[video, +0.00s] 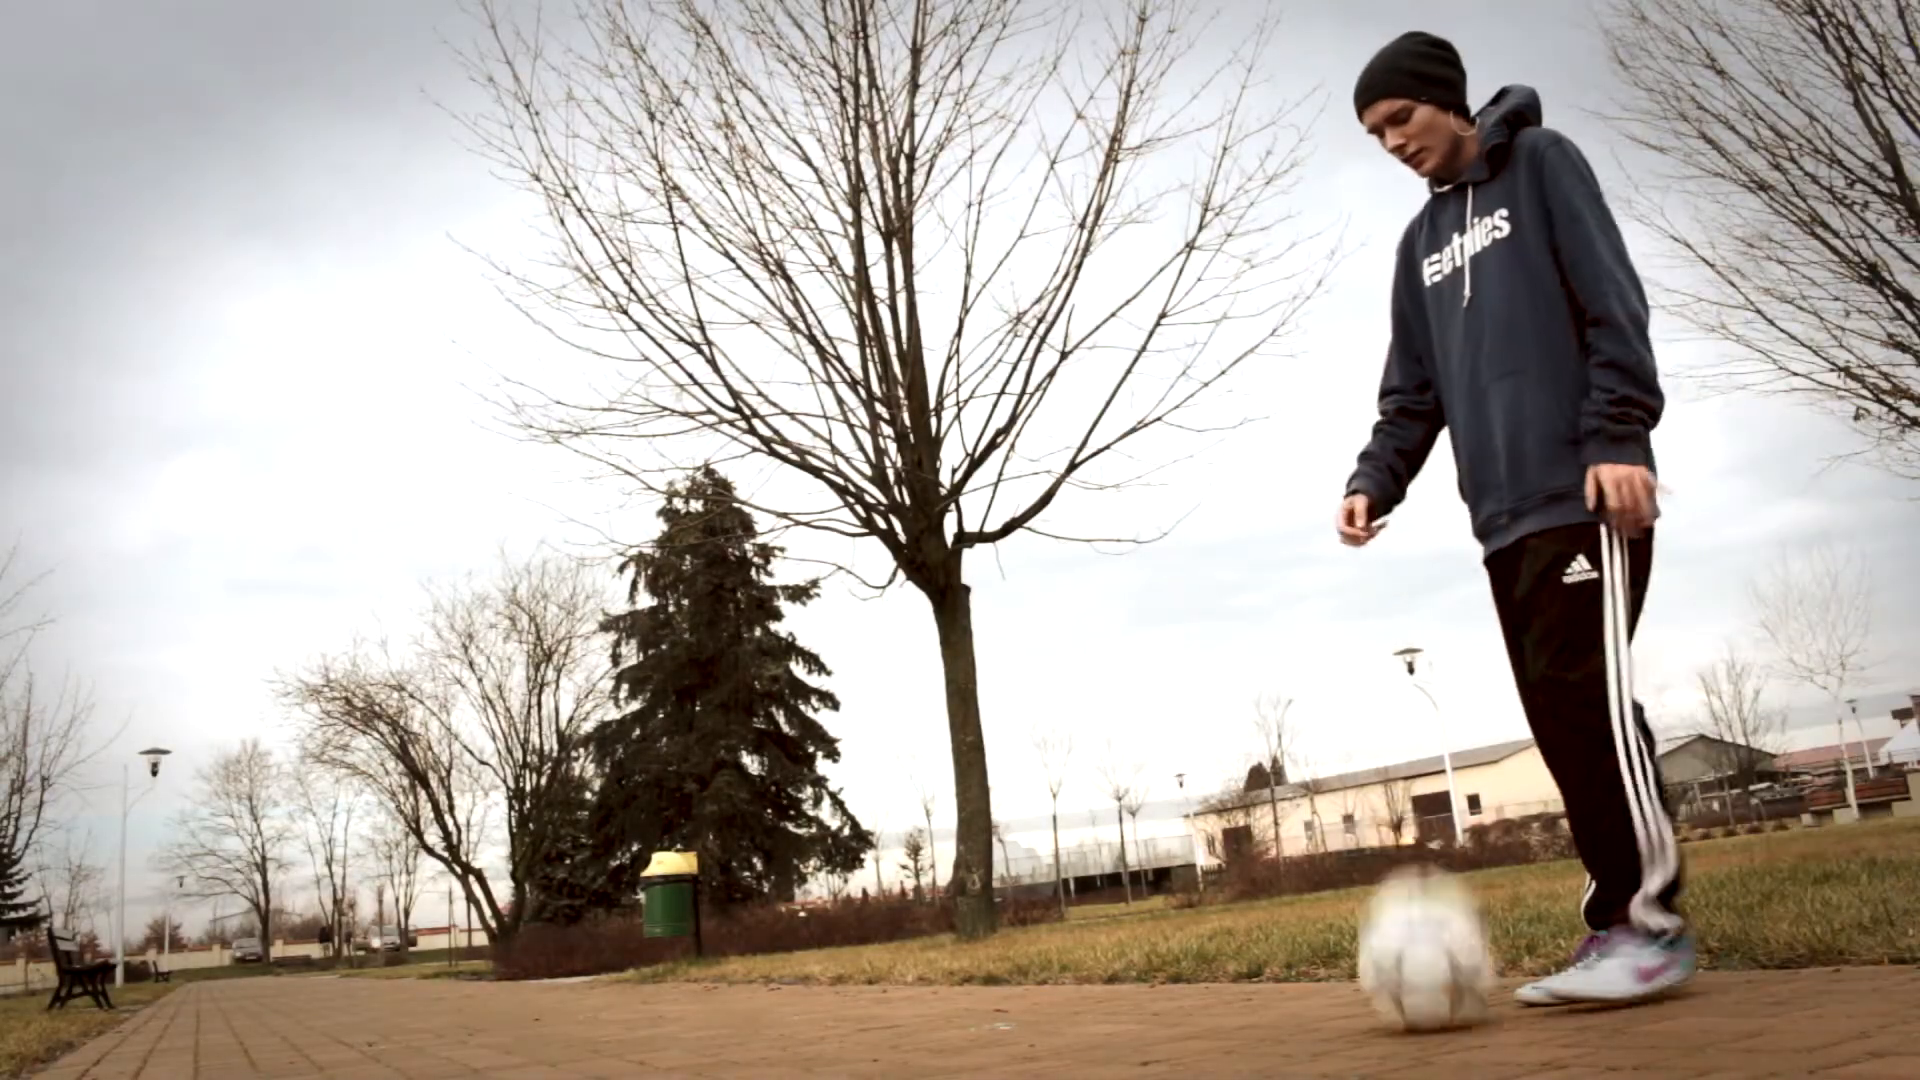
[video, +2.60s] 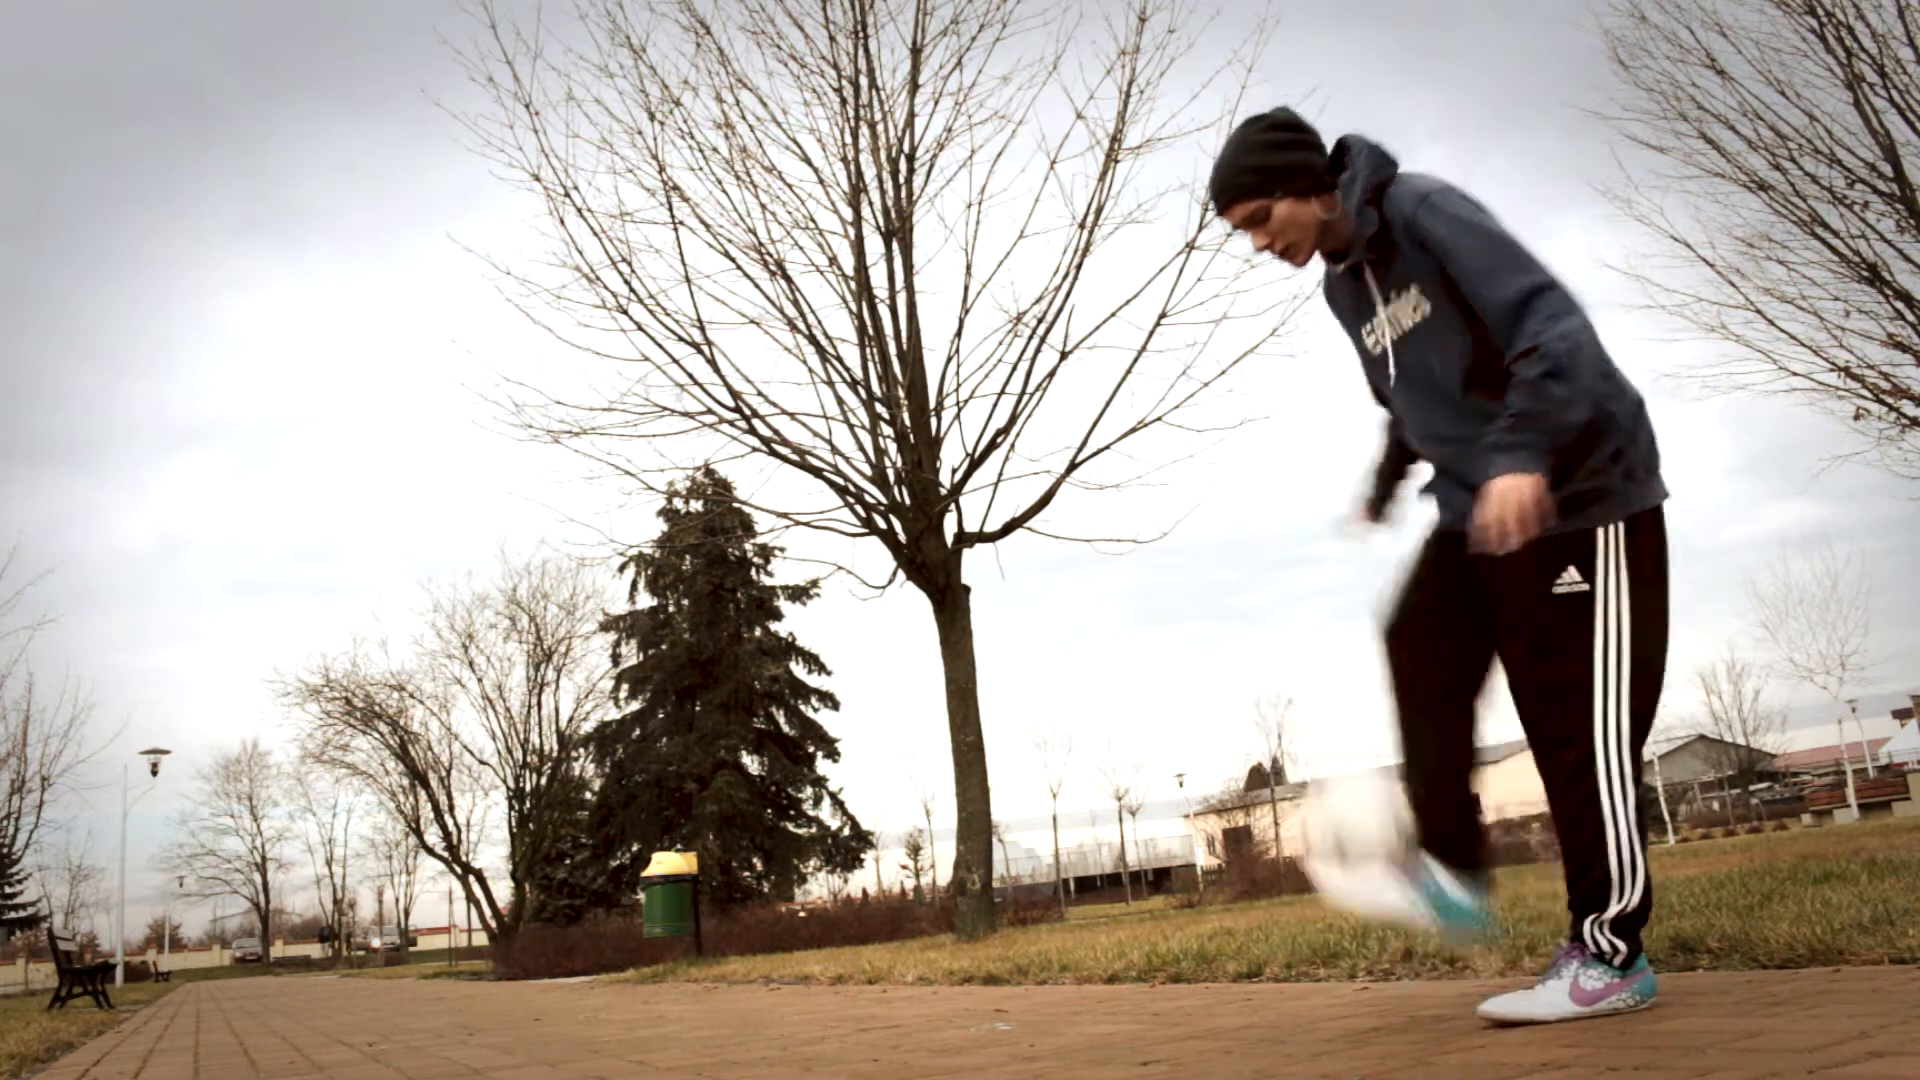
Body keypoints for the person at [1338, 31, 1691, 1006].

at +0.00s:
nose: (1396, 142)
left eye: (1403, 118)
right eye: (1381, 133)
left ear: (1449, 96)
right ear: (1383, 142)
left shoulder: (1541, 162)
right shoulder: (1421, 241)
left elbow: (1613, 305)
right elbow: (1413, 386)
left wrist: (1620, 440)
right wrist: (1374, 480)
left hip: (1581, 485)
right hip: (1501, 512)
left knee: (1580, 692)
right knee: (1553, 710)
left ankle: (1654, 929)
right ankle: (1617, 930)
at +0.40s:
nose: (1390, 145)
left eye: (1399, 121)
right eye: (1375, 136)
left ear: (1445, 102)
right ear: (1376, 145)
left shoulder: (1529, 170)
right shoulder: (1418, 231)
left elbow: (1582, 316)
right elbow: (1439, 369)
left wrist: (1569, 462)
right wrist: (1447, 478)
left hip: (1559, 502)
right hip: (1465, 513)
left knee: (1600, 727)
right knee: (1417, 680)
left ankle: (1628, 944)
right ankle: (1515, 893)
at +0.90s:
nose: (1348, 160)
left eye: (1353, 136)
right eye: (1333, 151)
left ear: (1402, 111)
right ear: (1340, 155)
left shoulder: (1503, 178)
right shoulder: (1386, 247)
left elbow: (1578, 315)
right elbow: (1386, 404)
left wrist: (1595, 458)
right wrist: (1354, 519)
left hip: (1528, 494)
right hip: (1441, 516)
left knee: (1496, 708)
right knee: (1466, 719)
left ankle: (1590, 921)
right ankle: (1535, 945)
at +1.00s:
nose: (1333, 171)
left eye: (1337, 147)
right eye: (1318, 162)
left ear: (1387, 119)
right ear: (1328, 164)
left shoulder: (1490, 178)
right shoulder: (1377, 257)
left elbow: (1584, 301)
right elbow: (1360, 404)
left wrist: (1645, 445)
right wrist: (1286, 512)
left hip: (1525, 491)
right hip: (1449, 510)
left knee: (1429, 695)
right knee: (1479, 716)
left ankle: (1467, 930)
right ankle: (1546, 949)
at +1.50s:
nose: (1324, 163)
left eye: (1327, 138)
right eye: (1309, 154)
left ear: (1377, 108)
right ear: (1321, 153)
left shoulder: (1474, 169)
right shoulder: (1380, 238)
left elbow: (1547, 318)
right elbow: (1421, 388)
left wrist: (1520, 447)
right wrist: (1399, 499)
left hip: (1539, 503)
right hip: (1447, 525)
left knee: (1558, 720)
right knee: (1439, 710)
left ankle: (1607, 952)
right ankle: (1521, 938)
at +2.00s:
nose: (1299, 192)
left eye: (1299, 169)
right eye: (1286, 181)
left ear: (1341, 137)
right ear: (1311, 167)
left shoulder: (1451, 174)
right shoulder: (1368, 253)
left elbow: (1566, 302)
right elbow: (1411, 408)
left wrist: (1595, 443)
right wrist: (1396, 520)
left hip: (1531, 493)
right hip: (1462, 513)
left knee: (1471, 690)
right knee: (1487, 704)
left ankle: (1555, 933)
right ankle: (1561, 938)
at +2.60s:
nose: (1260, 243)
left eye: (1260, 220)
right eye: (1246, 231)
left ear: (1303, 184)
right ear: (1274, 210)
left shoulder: (1420, 209)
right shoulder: (1345, 278)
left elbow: (1552, 328)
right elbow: (1412, 385)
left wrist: (1523, 456)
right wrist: (1390, 472)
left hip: (1583, 480)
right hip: (1485, 500)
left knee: (1580, 719)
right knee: (1423, 648)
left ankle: (1610, 953)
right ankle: (1455, 873)